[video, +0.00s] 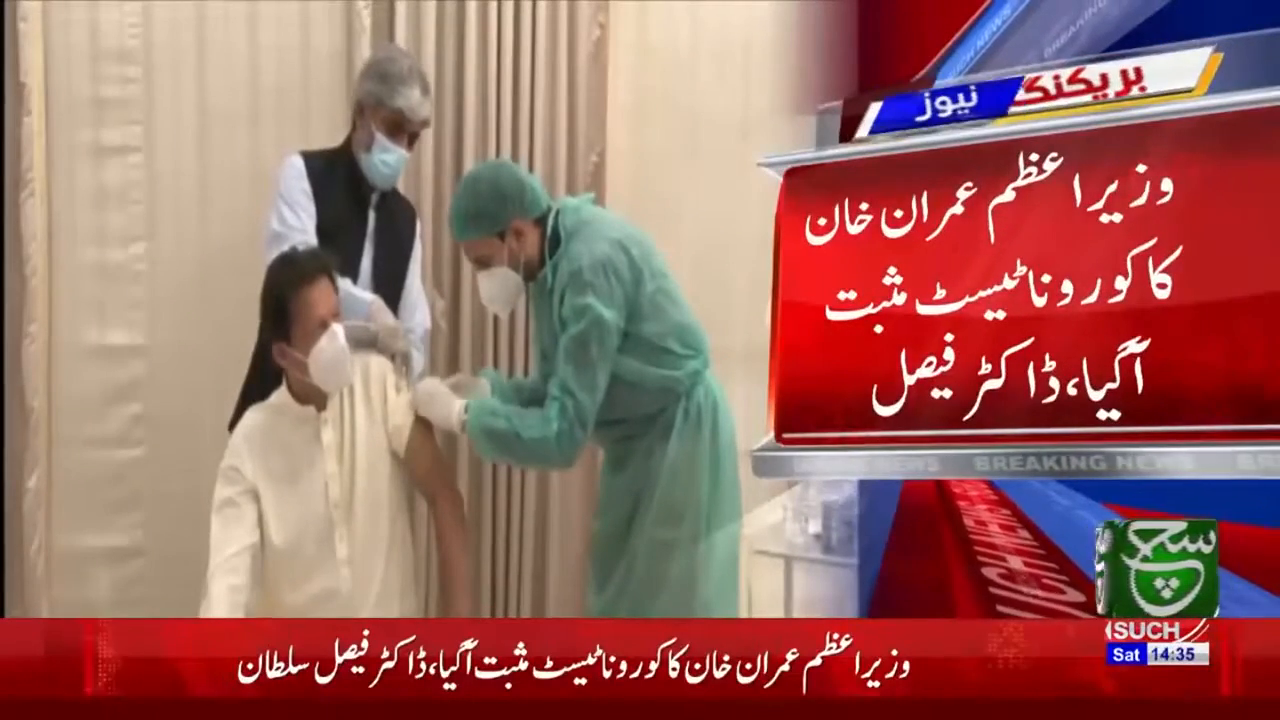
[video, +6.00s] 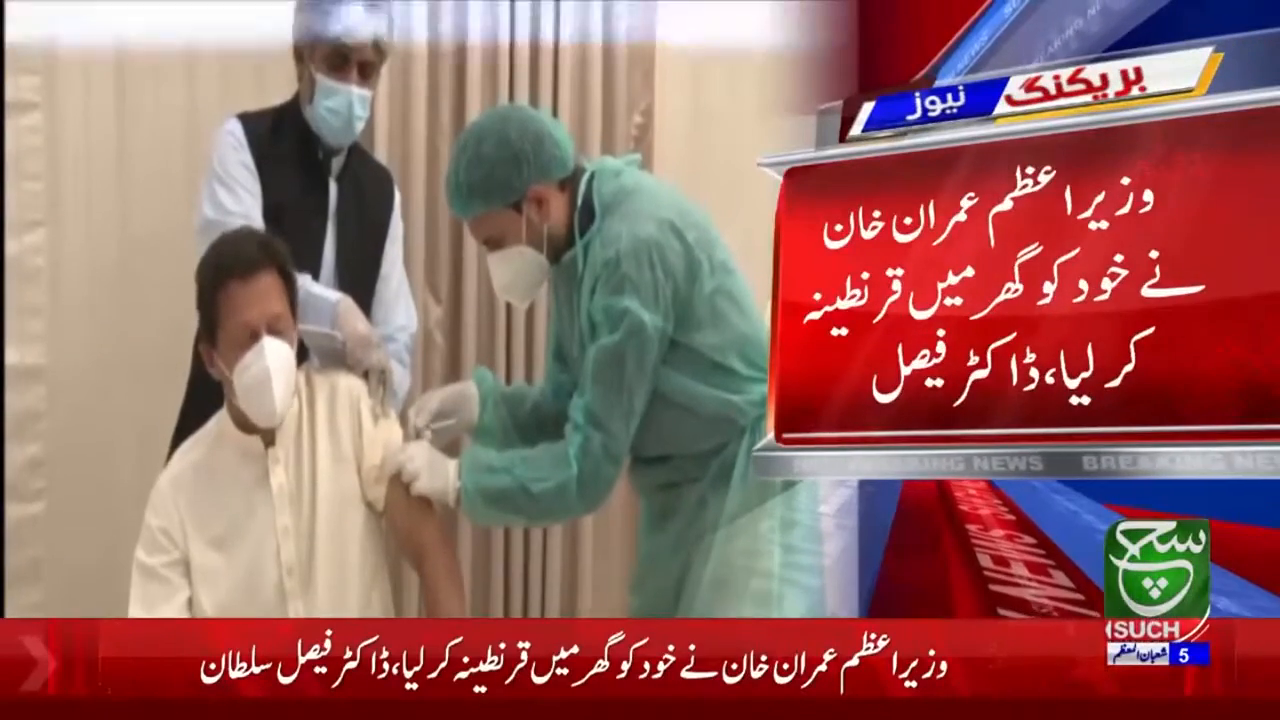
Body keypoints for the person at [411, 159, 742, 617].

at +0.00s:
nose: (484, 276)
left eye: (485, 263)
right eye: (476, 266)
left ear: (519, 233)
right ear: (519, 234)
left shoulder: (591, 261)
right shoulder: (554, 260)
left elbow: (563, 436)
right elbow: (555, 395)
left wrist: (461, 415)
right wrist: (486, 389)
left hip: (679, 434)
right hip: (633, 437)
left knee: (656, 604)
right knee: (614, 598)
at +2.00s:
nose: (522, 185)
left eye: (526, 170)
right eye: (515, 172)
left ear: (567, 150)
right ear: (563, 153)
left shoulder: (619, 214)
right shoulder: (590, 201)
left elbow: (581, 375)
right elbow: (594, 322)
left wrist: (479, 425)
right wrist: (554, 359)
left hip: (658, 430)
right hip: (624, 426)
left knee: (639, 603)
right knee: (609, 596)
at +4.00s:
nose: (492, 253)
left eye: (495, 236)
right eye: (484, 239)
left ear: (542, 197)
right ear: (543, 196)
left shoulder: (633, 230)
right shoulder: (581, 228)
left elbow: (589, 455)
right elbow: (573, 399)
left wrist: (460, 464)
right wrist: (488, 397)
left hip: (750, 464)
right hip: (677, 471)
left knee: (732, 659)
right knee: (654, 656)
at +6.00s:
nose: (496, 261)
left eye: (497, 244)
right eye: (487, 248)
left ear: (541, 204)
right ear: (542, 204)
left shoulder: (633, 242)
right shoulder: (581, 238)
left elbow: (589, 468)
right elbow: (565, 410)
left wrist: (458, 478)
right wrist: (482, 408)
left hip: (748, 477)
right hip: (676, 483)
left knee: (738, 667)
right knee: (658, 665)